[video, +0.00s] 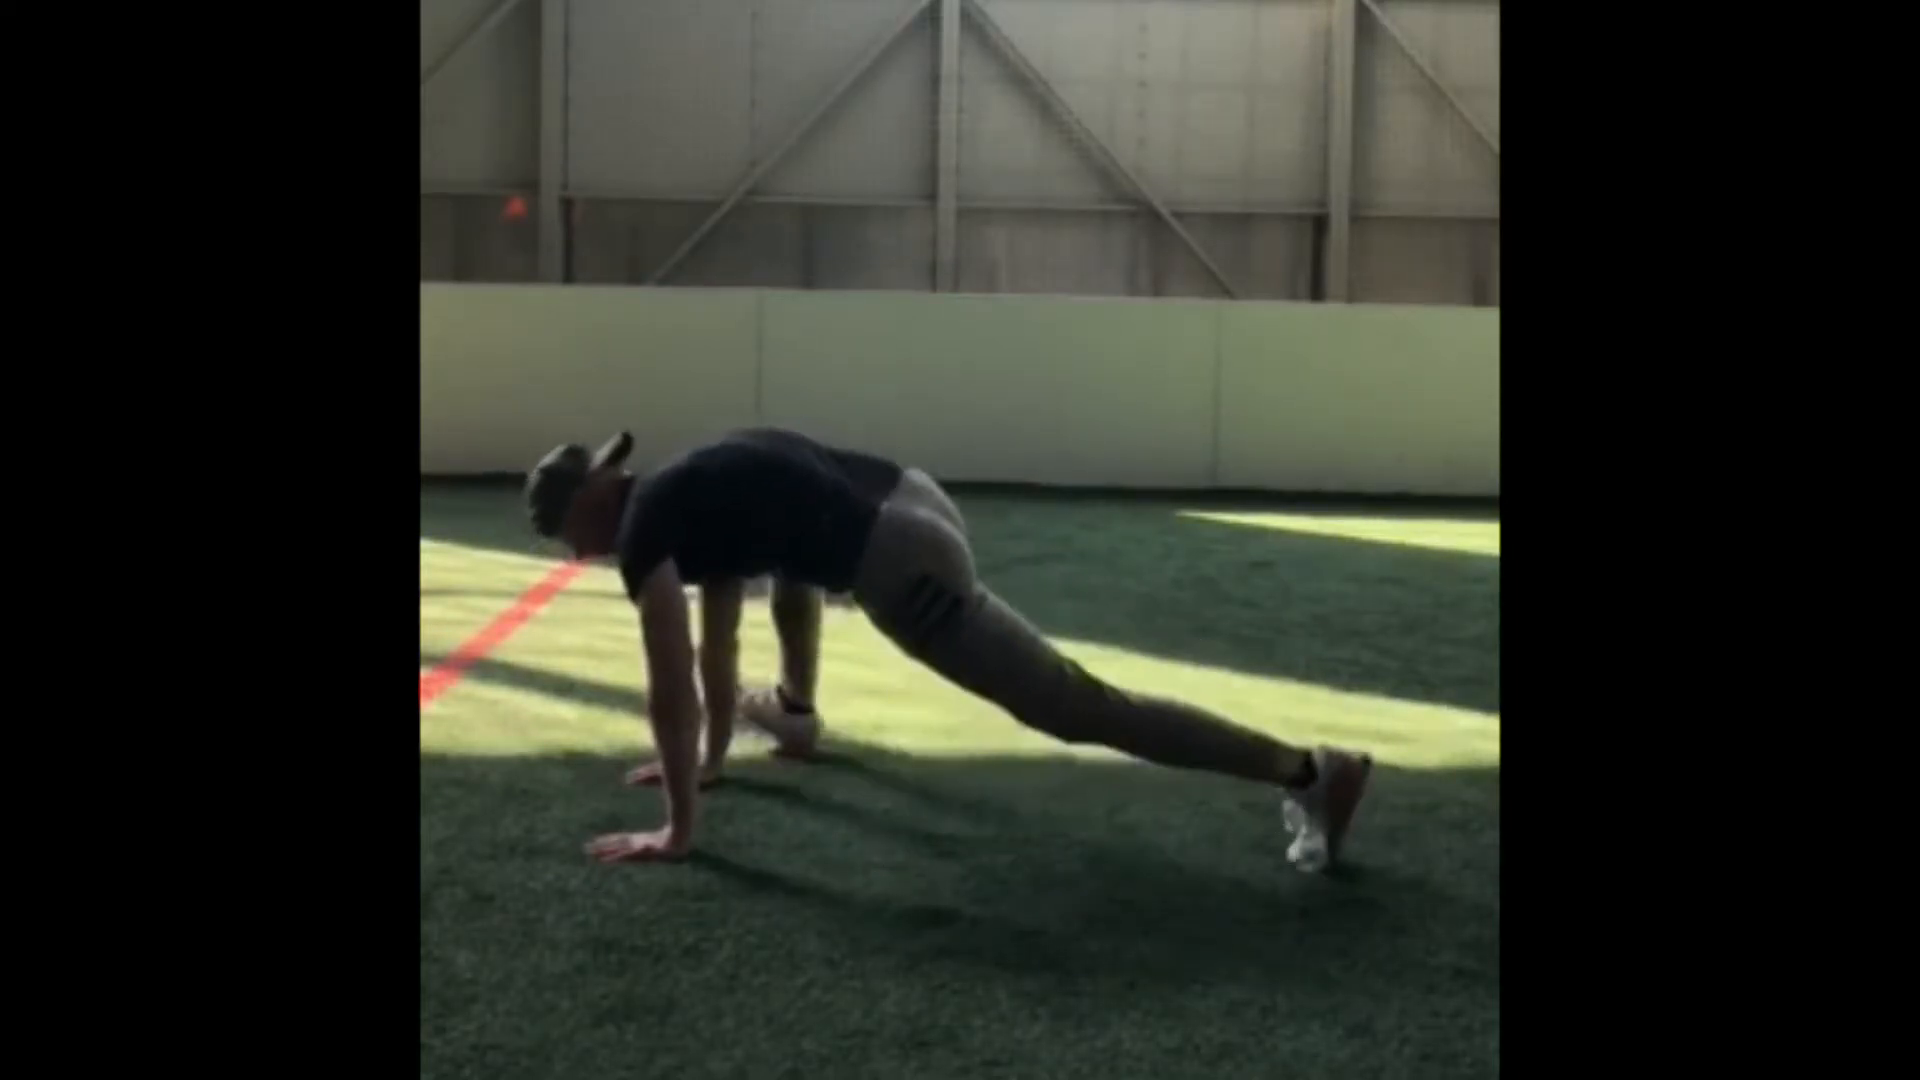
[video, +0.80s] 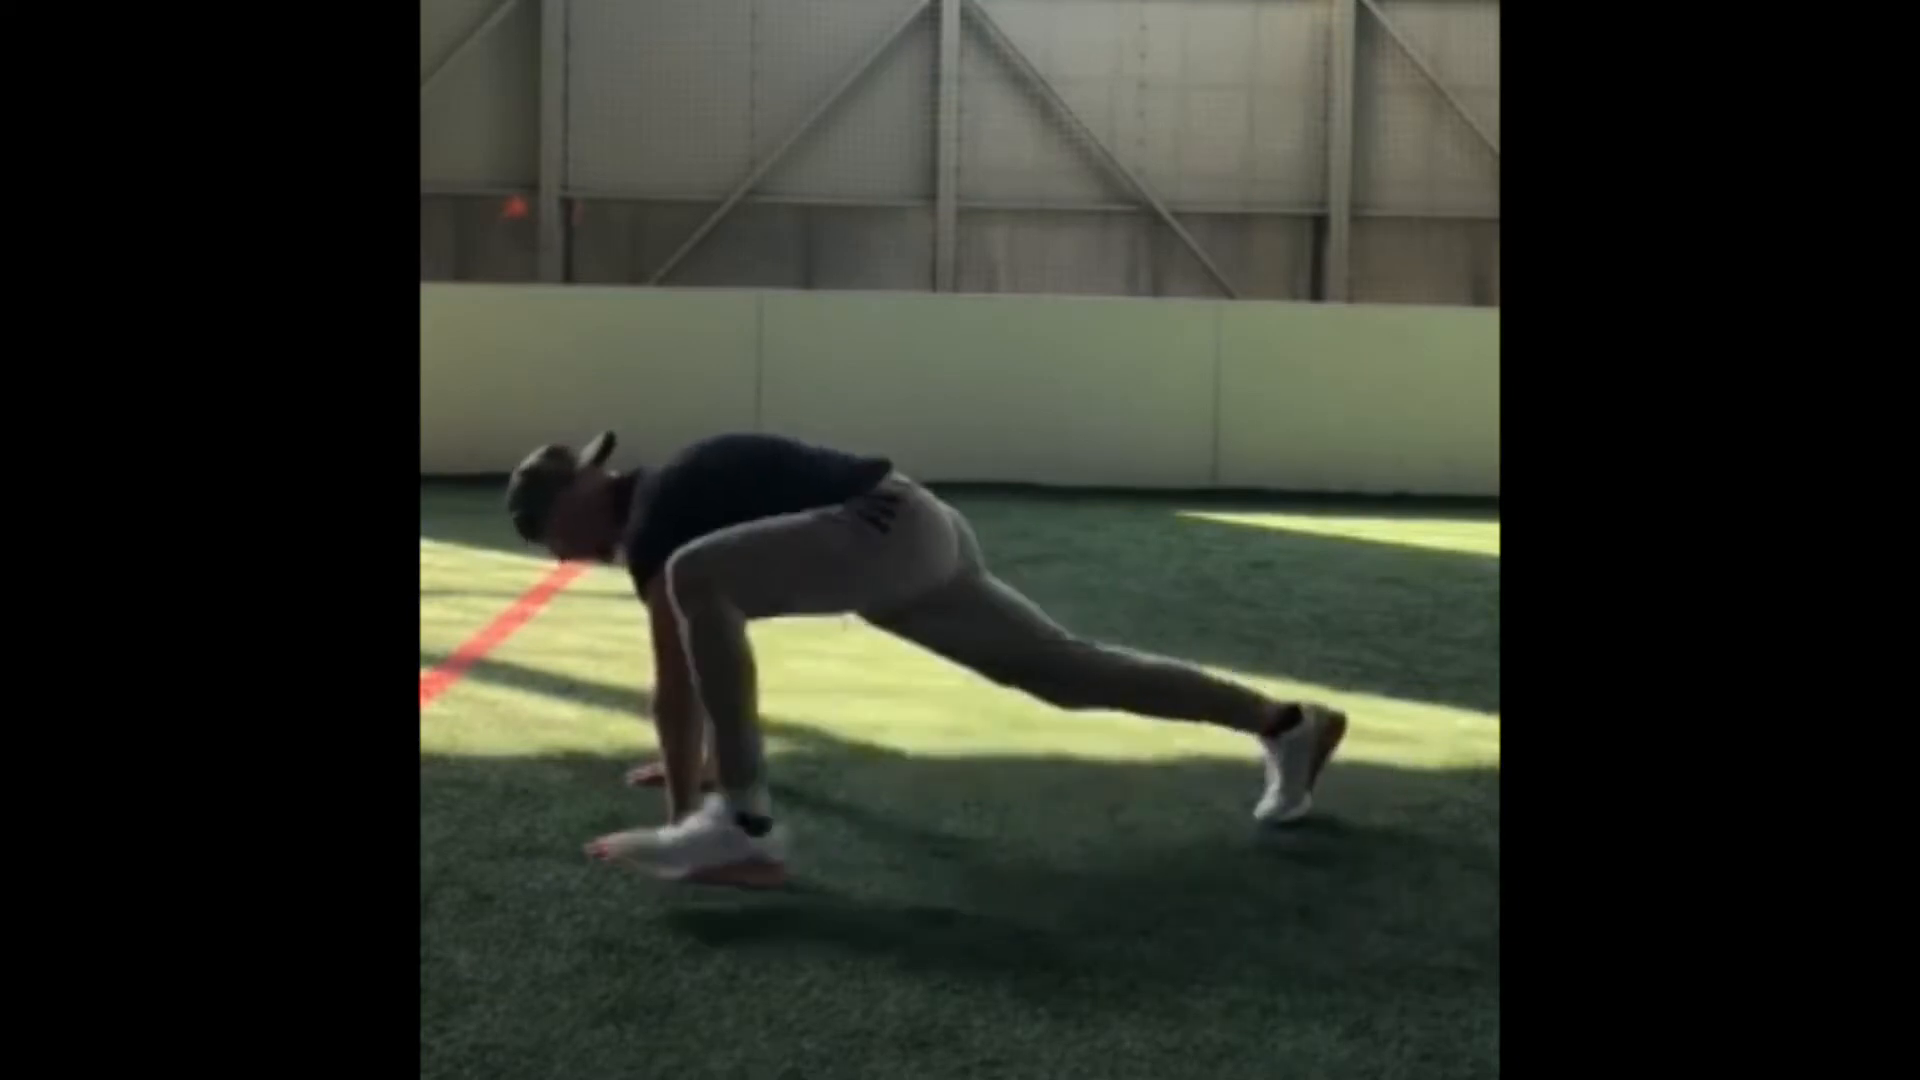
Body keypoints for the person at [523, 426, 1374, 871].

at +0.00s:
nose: (580, 556)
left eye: (571, 540)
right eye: (570, 543)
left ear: (589, 510)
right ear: (615, 481)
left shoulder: (645, 533)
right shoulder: (703, 488)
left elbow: (676, 689)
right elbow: (720, 651)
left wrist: (677, 829)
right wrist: (692, 764)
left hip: (897, 558)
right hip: (917, 500)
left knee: (1079, 708)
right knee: (777, 549)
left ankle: (1311, 777)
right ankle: (796, 718)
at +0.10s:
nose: (582, 563)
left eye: (574, 548)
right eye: (572, 551)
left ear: (587, 513)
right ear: (611, 482)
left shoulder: (645, 531)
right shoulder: (696, 496)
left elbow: (672, 687)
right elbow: (718, 656)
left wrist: (676, 827)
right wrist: (709, 757)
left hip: (908, 530)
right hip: (919, 475)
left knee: (1094, 672)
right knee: (798, 575)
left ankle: (1324, 762)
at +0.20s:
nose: (577, 563)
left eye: (567, 548)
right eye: (565, 551)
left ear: (582, 509)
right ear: (602, 482)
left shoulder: (643, 530)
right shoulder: (685, 500)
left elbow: (670, 687)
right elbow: (712, 656)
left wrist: (677, 829)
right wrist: (705, 758)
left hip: (913, 526)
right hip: (911, 501)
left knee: (1111, 668)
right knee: (898, 671)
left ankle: (1328, 760)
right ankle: (1087, 647)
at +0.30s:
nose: (577, 559)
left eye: (568, 542)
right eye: (565, 547)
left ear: (586, 505)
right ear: (604, 483)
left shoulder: (648, 529)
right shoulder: (686, 505)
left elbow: (673, 683)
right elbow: (715, 661)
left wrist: (676, 827)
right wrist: (706, 762)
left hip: (923, 567)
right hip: (918, 560)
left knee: (1110, 683)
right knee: (1016, 726)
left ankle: (1345, 768)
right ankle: (1210, 681)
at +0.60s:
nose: (577, 565)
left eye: (568, 550)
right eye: (564, 554)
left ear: (585, 507)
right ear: (601, 487)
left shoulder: (644, 530)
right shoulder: (688, 500)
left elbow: (670, 687)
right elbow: (719, 658)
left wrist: (679, 829)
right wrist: (706, 762)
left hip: (909, 538)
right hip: (935, 505)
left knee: (1002, 743)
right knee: (1073, 663)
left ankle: (1252, 725)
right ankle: (1284, 727)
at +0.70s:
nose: (568, 562)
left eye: (560, 547)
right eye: (556, 551)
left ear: (580, 512)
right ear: (597, 489)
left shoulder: (651, 531)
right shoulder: (674, 498)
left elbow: (673, 686)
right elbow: (709, 651)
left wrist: (679, 828)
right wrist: (706, 760)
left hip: (893, 518)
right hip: (929, 494)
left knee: (815, 691)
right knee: (1079, 644)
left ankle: (1054, 771)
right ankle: (1291, 726)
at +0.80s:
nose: (571, 560)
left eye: (561, 544)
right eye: (558, 550)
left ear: (586, 508)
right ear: (598, 490)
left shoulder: (654, 537)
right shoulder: (670, 499)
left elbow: (670, 680)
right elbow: (696, 666)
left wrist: (686, 798)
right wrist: (688, 762)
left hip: (889, 538)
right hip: (923, 540)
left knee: (694, 579)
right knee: (1071, 675)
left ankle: (736, 824)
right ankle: (1287, 727)